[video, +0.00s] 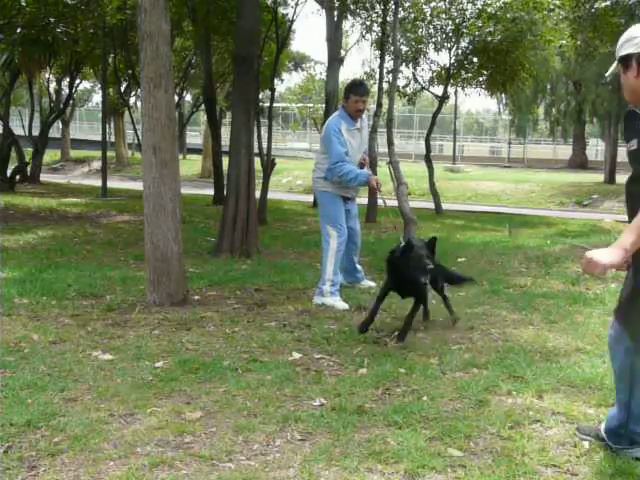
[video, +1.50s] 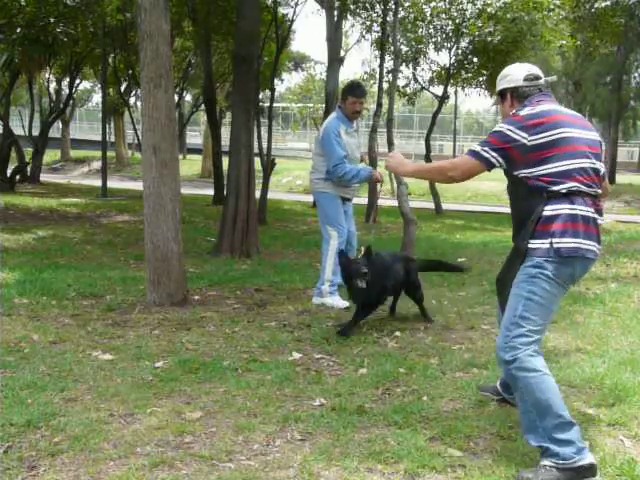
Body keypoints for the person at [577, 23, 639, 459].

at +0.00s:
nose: (623, 81)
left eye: (624, 71)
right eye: (623, 71)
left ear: (635, 70)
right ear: (629, 72)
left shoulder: (635, 121)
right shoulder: (632, 121)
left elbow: (639, 204)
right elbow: (639, 201)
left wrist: (620, 248)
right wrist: (623, 248)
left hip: (636, 262)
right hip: (635, 260)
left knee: (624, 335)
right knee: (623, 334)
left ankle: (626, 430)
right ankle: (623, 428)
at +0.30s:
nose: (582, 75)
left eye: (582, 65)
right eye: (581, 66)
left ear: (599, 59)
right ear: (613, 57)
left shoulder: (629, 87)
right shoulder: (624, 88)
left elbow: (635, 162)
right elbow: (630, 167)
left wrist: (595, 227)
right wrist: (599, 230)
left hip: (633, 245)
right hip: (620, 242)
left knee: (617, 357)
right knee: (588, 313)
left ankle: (638, 457)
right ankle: (612, 417)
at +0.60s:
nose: (554, 89)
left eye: (555, 79)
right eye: (554, 80)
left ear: (570, 74)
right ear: (586, 71)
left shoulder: (604, 104)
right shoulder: (611, 99)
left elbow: (599, 182)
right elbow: (604, 180)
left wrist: (544, 233)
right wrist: (564, 232)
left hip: (616, 248)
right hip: (596, 244)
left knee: (591, 364)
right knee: (558, 315)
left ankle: (638, 459)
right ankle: (543, 399)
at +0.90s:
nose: (536, 89)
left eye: (535, 80)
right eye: (535, 81)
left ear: (547, 74)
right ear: (571, 68)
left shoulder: (570, 96)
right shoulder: (596, 92)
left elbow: (557, 173)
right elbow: (614, 170)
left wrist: (508, 227)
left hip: (592, 235)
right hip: (595, 231)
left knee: (550, 346)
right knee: (537, 307)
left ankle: (605, 457)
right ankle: (540, 396)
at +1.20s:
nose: (520, 96)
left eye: (520, 89)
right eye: (519, 89)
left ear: (529, 83)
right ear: (562, 78)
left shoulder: (543, 107)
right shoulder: (600, 113)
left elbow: (492, 173)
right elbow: (618, 185)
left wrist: (438, 197)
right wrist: (582, 216)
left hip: (566, 237)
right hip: (591, 236)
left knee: (540, 349)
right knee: (535, 302)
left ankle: (604, 455)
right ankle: (520, 386)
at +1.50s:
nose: (501, 110)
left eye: (500, 104)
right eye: (499, 105)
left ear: (510, 97)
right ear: (542, 92)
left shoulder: (521, 122)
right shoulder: (583, 123)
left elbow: (459, 170)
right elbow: (600, 188)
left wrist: (407, 168)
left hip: (553, 244)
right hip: (583, 242)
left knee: (517, 348)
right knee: (516, 303)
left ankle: (568, 455)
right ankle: (513, 387)